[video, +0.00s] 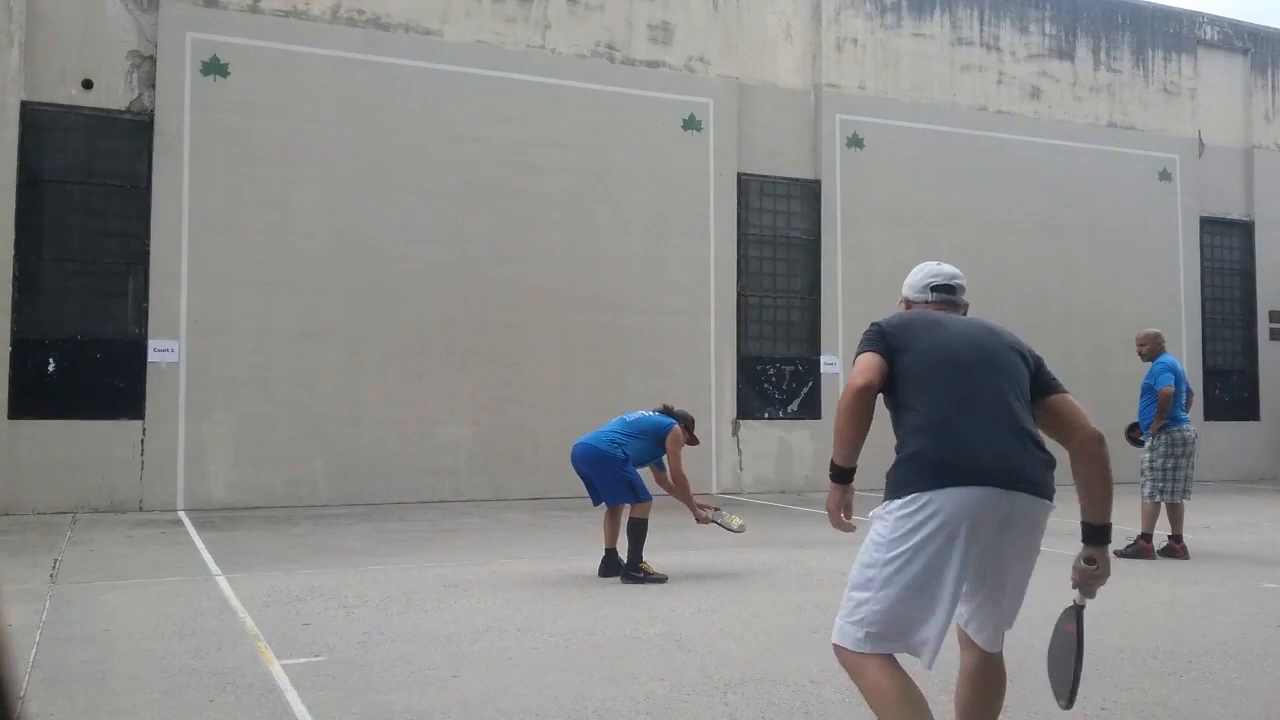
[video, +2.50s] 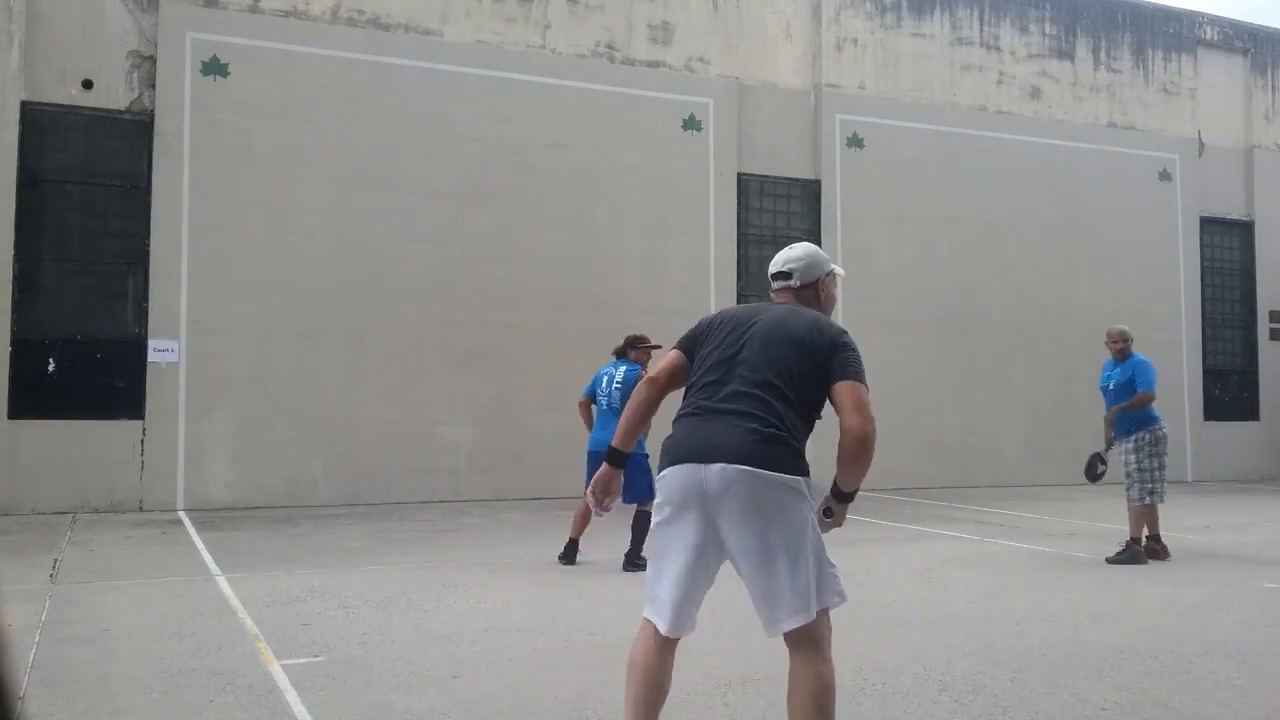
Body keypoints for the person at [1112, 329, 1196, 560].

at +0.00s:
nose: (1138, 350)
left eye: (1143, 345)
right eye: (1137, 346)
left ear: (1159, 345)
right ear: (1160, 346)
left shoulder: (1161, 365)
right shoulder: (1173, 364)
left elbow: (1166, 392)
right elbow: (1189, 393)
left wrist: (1157, 421)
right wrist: (1179, 419)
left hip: (1164, 435)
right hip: (1181, 432)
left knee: (1151, 489)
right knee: (1174, 491)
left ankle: (1144, 542)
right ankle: (1176, 543)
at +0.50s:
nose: (1137, 351)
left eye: (1141, 346)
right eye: (1136, 347)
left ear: (1158, 345)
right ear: (1159, 347)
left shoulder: (1160, 365)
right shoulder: (1172, 363)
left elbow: (1167, 392)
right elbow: (1188, 394)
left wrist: (1157, 422)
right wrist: (1177, 419)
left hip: (1164, 435)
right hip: (1181, 432)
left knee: (1151, 489)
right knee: (1173, 491)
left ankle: (1144, 543)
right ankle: (1176, 543)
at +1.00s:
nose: (1138, 351)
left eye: (1142, 346)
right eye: (1137, 346)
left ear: (1159, 345)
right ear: (1160, 347)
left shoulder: (1160, 365)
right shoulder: (1173, 363)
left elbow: (1166, 392)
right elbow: (1189, 393)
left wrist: (1156, 422)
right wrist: (1177, 419)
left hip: (1164, 435)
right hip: (1181, 432)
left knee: (1151, 489)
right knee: (1173, 491)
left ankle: (1144, 543)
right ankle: (1176, 543)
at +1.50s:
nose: (1136, 351)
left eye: (1140, 346)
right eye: (1135, 347)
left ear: (1157, 345)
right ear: (1158, 347)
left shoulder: (1160, 365)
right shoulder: (1172, 363)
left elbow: (1166, 392)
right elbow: (1188, 393)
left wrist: (1156, 422)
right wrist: (1177, 419)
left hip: (1163, 435)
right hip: (1181, 432)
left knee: (1150, 489)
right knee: (1173, 491)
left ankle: (1144, 543)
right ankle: (1176, 543)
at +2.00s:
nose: (1122, 349)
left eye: (1126, 344)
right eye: (1122, 345)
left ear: (1139, 345)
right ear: (1143, 346)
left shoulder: (1148, 365)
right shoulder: (1160, 363)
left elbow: (1156, 391)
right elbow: (1178, 392)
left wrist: (1147, 425)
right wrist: (1167, 418)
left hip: (1157, 433)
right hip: (1174, 431)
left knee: (1140, 486)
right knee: (1169, 488)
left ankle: (1141, 541)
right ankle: (1176, 542)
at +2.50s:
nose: (1117, 346)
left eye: (1121, 342)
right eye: (1112, 342)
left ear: (1130, 342)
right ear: (1107, 345)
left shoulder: (1140, 364)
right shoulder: (1108, 368)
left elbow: (1148, 395)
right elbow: (1110, 405)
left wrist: (1117, 410)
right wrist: (1109, 433)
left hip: (1146, 433)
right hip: (1129, 436)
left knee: (1136, 489)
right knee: (1145, 489)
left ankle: (1134, 546)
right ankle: (1155, 542)